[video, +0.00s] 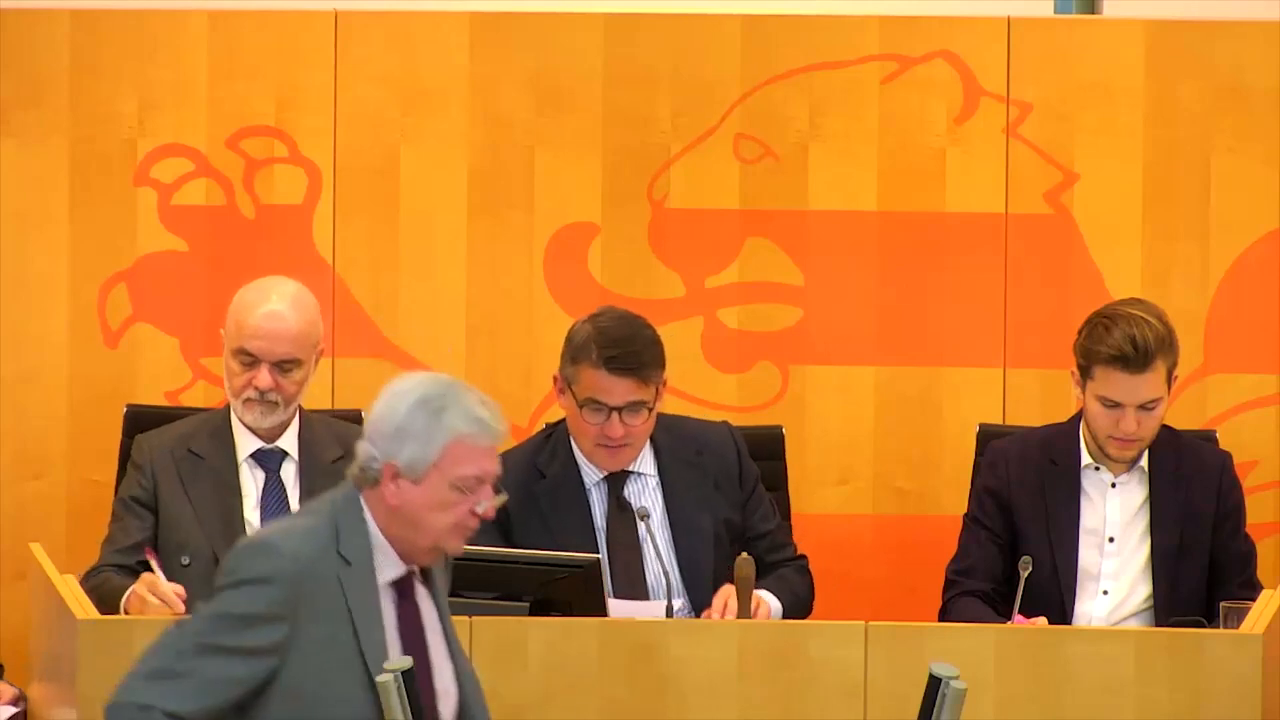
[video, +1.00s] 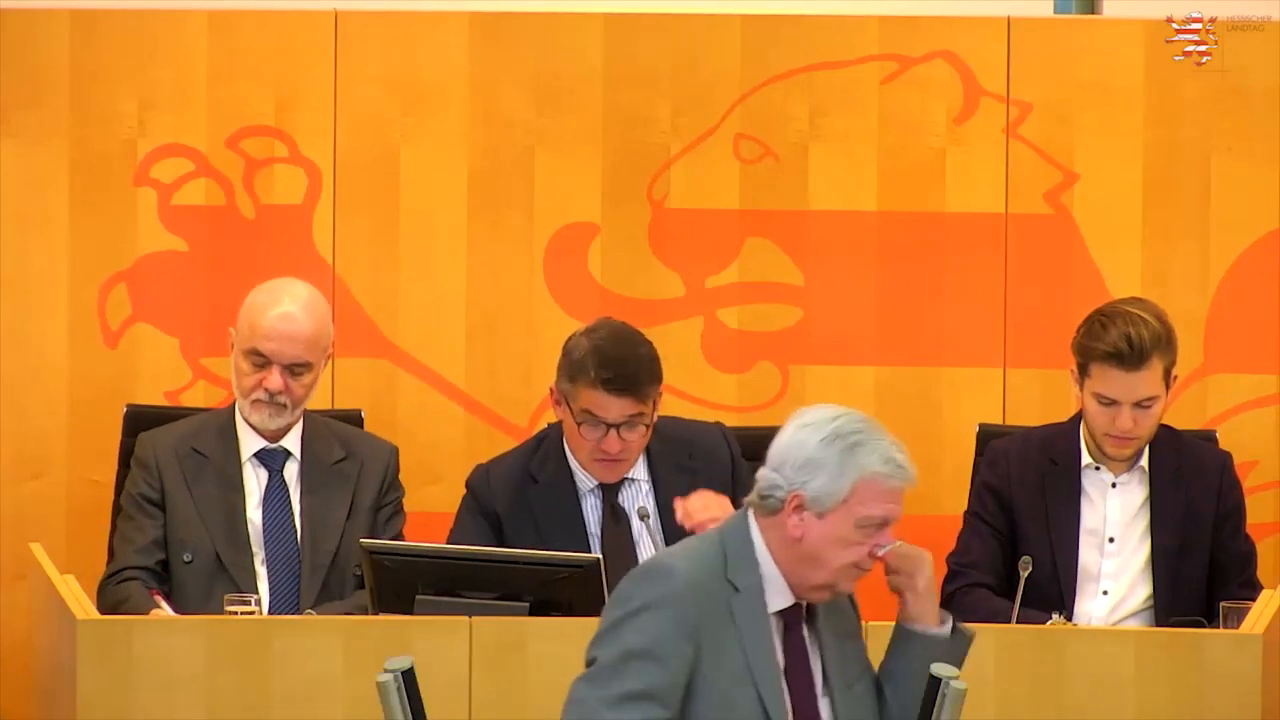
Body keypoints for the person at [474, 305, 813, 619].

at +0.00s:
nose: (616, 430)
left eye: (634, 408)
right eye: (596, 408)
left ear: (660, 392)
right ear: (562, 393)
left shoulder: (720, 452)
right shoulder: (509, 482)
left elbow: (792, 576)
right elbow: (479, 605)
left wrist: (758, 604)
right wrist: (576, 622)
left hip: (711, 667)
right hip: (577, 673)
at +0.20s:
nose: (614, 431)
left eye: (634, 411)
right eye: (595, 409)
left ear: (660, 393)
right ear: (560, 390)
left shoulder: (718, 454)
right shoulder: (531, 473)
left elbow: (791, 576)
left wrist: (762, 609)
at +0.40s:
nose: (615, 426)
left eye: (635, 411)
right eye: (597, 408)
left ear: (660, 396)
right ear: (564, 393)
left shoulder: (719, 453)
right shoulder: (506, 480)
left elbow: (796, 580)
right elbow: (469, 596)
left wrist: (757, 610)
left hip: (705, 660)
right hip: (571, 677)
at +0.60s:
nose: (614, 430)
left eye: (633, 412)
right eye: (596, 410)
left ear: (659, 396)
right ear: (562, 393)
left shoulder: (705, 468)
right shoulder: (503, 484)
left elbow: (802, 578)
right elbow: (457, 596)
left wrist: (757, 601)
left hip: (691, 672)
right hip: (554, 673)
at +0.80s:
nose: (610, 433)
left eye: (629, 412)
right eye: (591, 412)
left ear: (656, 396)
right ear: (558, 394)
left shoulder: (722, 455)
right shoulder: (500, 488)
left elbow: (818, 585)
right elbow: (455, 610)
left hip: (704, 675)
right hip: (567, 679)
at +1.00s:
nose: (613, 445)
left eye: (632, 424)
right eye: (592, 423)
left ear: (656, 401)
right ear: (559, 403)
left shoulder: (710, 453)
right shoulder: (497, 491)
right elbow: (457, 615)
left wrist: (734, 531)